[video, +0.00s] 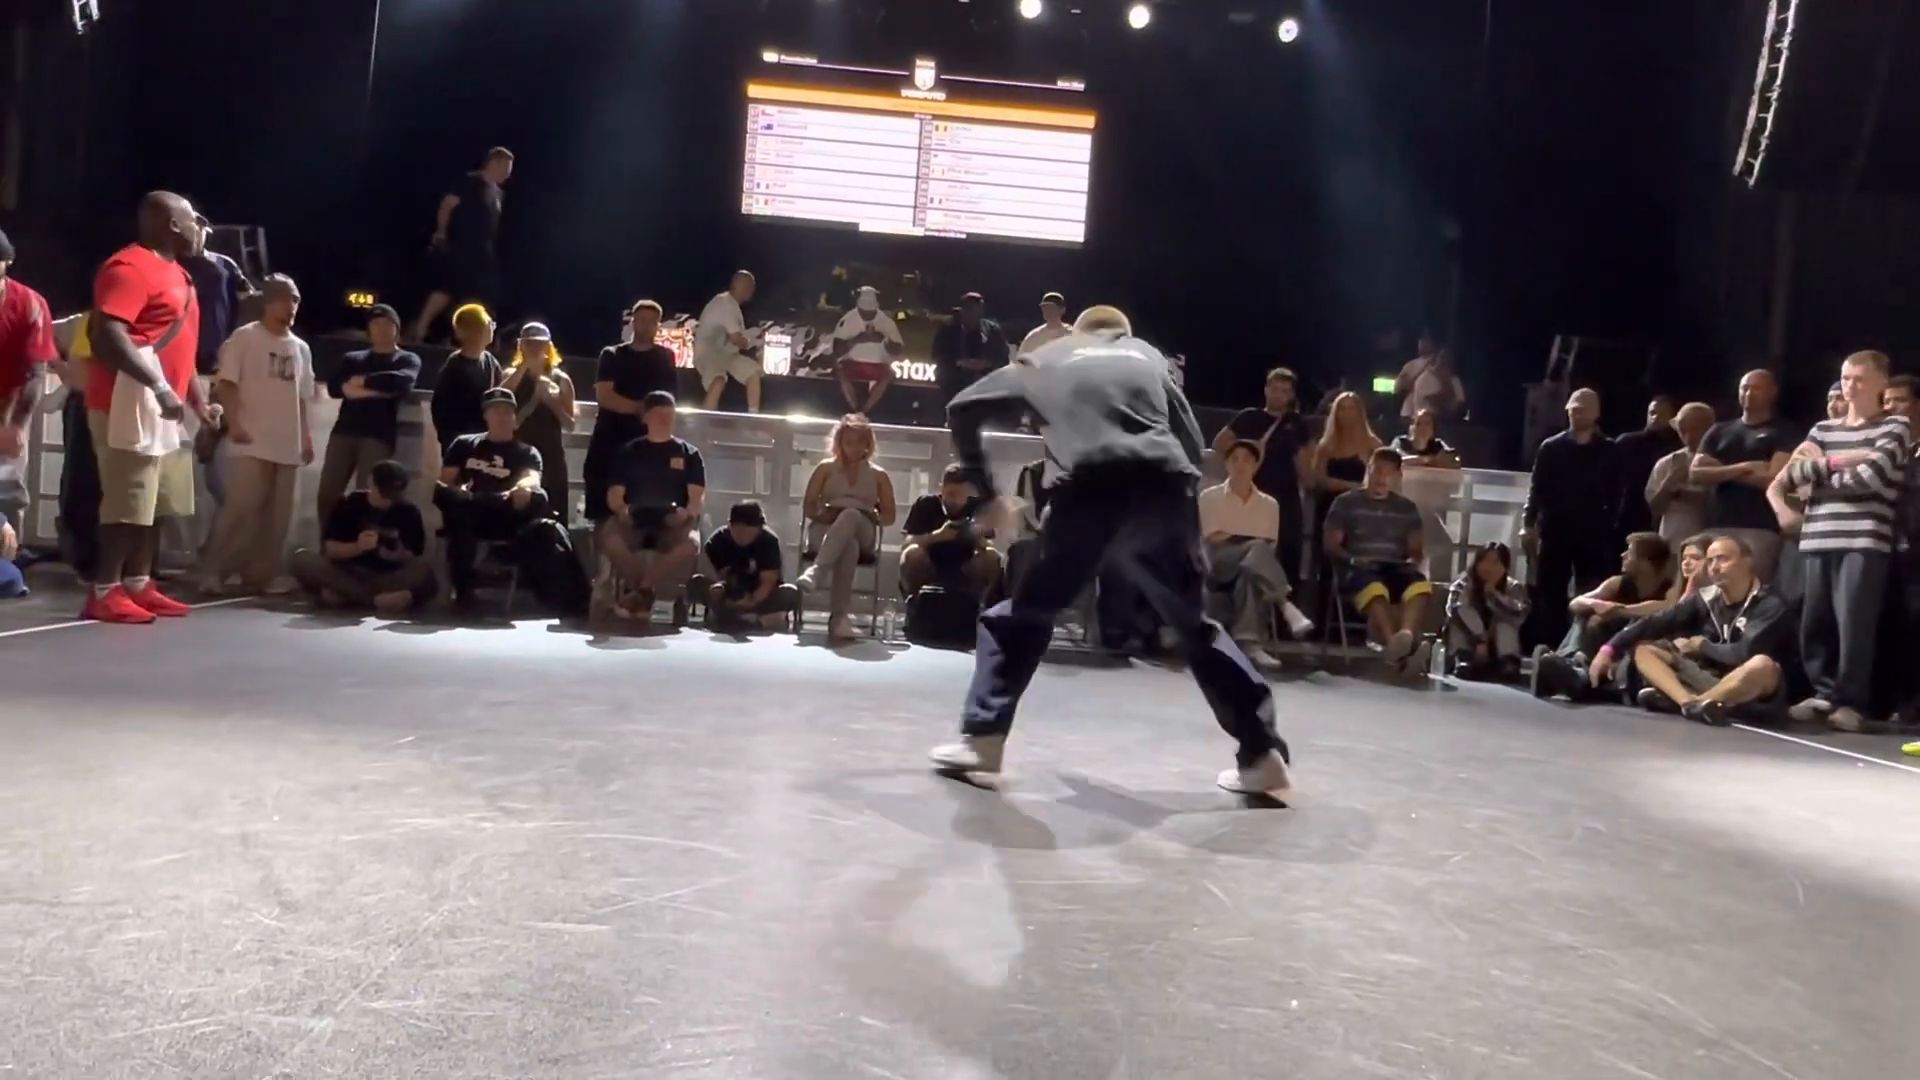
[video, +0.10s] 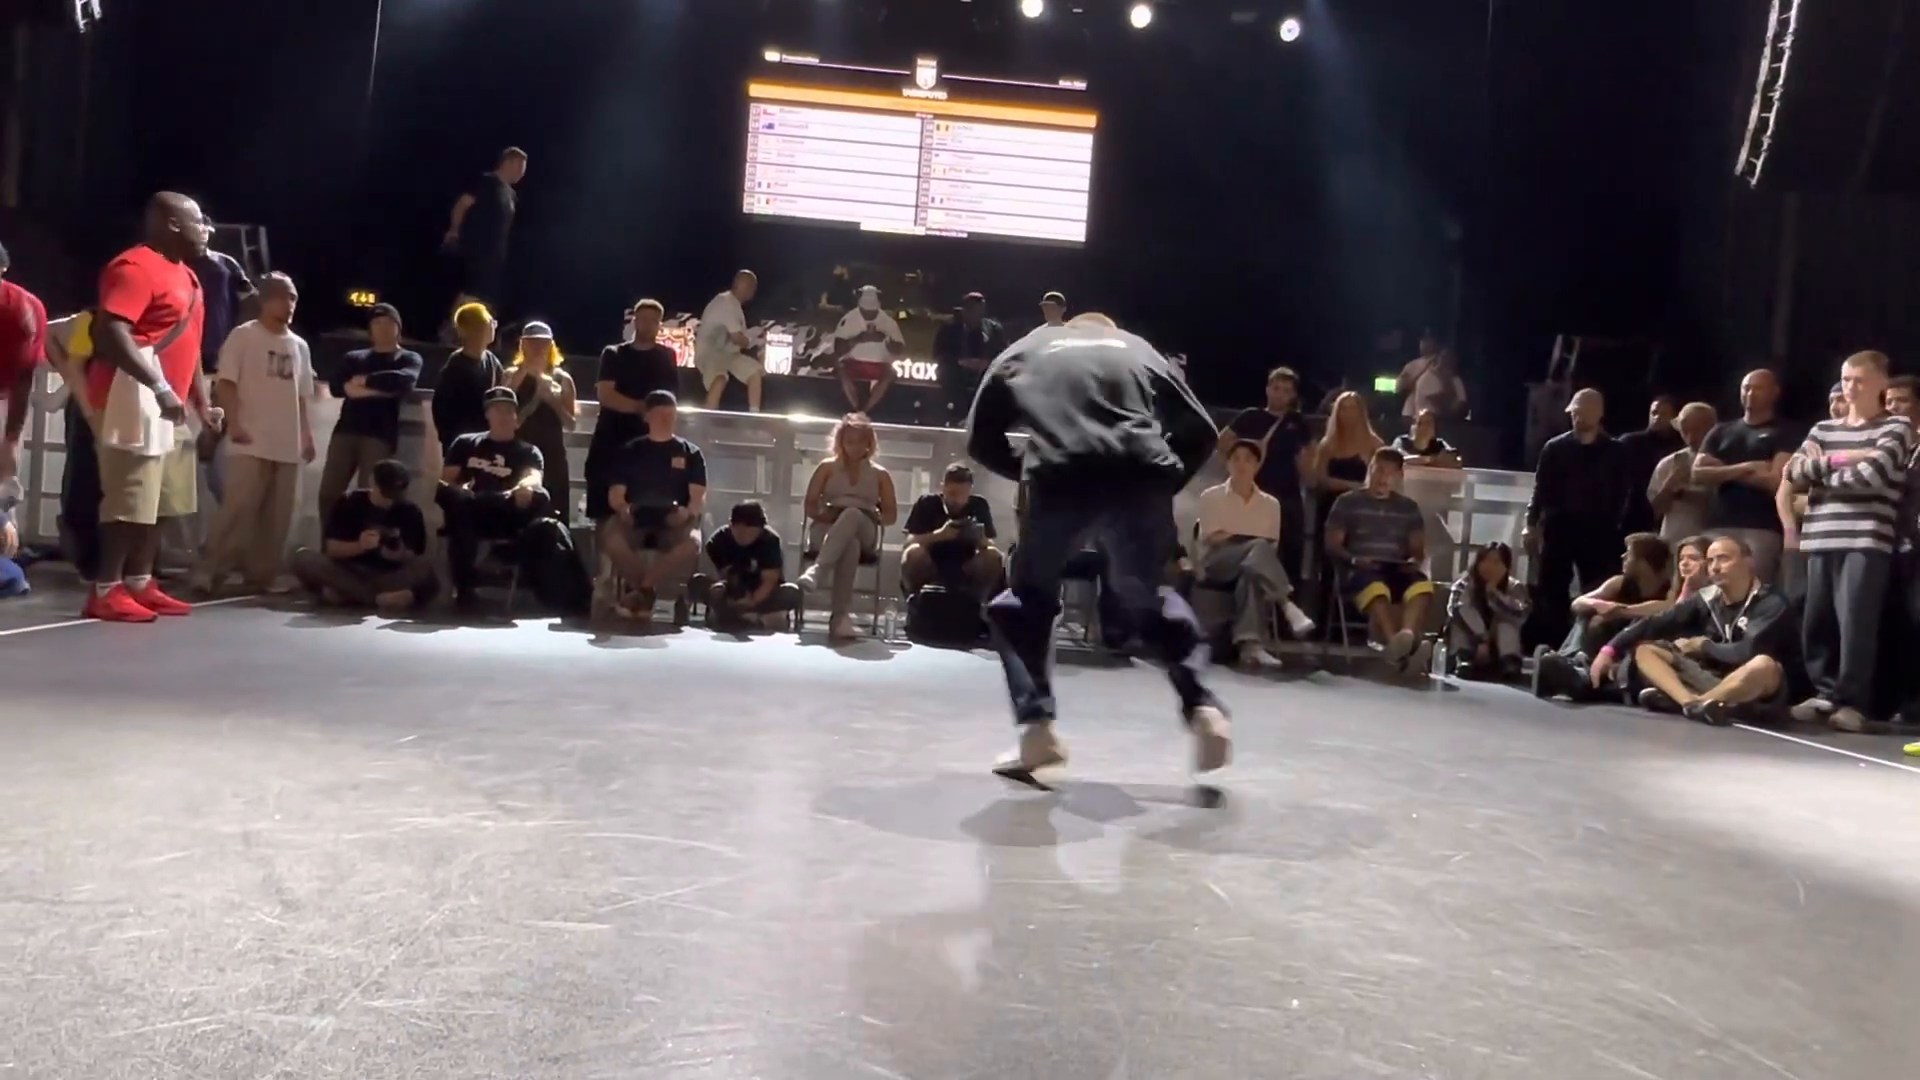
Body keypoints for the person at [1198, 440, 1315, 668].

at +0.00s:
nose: (1240, 465)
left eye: (1247, 459)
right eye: (1235, 459)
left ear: (1256, 466)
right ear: (1227, 464)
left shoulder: (1269, 505)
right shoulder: (1209, 498)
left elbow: (1269, 545)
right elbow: (1213, 539)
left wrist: (1229, 536)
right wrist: (1257, 540)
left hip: (1256, 565)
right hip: (1218, 562)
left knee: (1249, 575)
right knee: (1258, 548)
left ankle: (1250, 643)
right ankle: (1286, 605)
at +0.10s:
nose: (1242, 465)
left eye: (1248, 460)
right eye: (1237, 459)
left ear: (1257, 466)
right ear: (1228, 464)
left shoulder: (1270, 504)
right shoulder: (1211, 497)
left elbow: (1270, 545)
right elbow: (1212, 539)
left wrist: (1230, 537)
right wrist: (1258, 541)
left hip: (1256, 567)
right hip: (1217, 563)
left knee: (1250, 575)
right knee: (1260, 547)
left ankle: (1251, 645)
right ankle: (1288, 605)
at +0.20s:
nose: (1243, 464)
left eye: (1249, 459)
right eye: (1238, 458)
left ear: (1258, 466)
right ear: (1230, 464)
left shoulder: (1272, 504)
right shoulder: (1212, 496)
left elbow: (1271, 545)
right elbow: (1213, 539)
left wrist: (1231, 537)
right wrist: (1259, 541)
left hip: (1257, 566)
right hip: (1217, 563)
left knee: (1251, 575)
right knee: (1260, 547)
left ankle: (1252, 644)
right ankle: (1289, 605)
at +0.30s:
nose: (1244, 463)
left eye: (1250, 458)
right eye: (1239, 458)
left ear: (1259, 465)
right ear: (1231, 463)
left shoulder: (1272, 503)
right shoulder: (1214, 495)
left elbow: (1273, 543)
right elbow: (1215, 536)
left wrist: (1233, 536)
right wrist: (1263, 541)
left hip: (1259, 563)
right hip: (1220, 560)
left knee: (1253, 574)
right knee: (1263, 545)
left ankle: (1253, 644)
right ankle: (1288, 603)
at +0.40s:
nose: (1246, 462)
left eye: (1252, 457)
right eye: (1241, 457)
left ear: (1261, 463)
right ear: (1233, 462)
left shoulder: (1274, 501)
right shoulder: (1215, 494)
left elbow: (1273, 542)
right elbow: (1219, 536)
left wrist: (1234, 533)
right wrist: (1263, 538)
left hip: (1260, 563)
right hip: (1221, 559)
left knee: (1254, 572)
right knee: (1264, 546)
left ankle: (1255, 643)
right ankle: (1291, 603)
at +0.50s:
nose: (1248, 461)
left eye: (1255, 456)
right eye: (1243, 455)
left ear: (1263, 462)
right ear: (1235, 460)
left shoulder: (1276, 499)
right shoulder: (1216, 493)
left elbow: (1275, 540)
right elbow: (1220, 535)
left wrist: (1235, 532)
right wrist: (1265, 537)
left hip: (1262, 561)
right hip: (1224, 558)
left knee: (1256, 571)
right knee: (1266, 544)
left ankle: (1257, 641)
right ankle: (1293, 601)